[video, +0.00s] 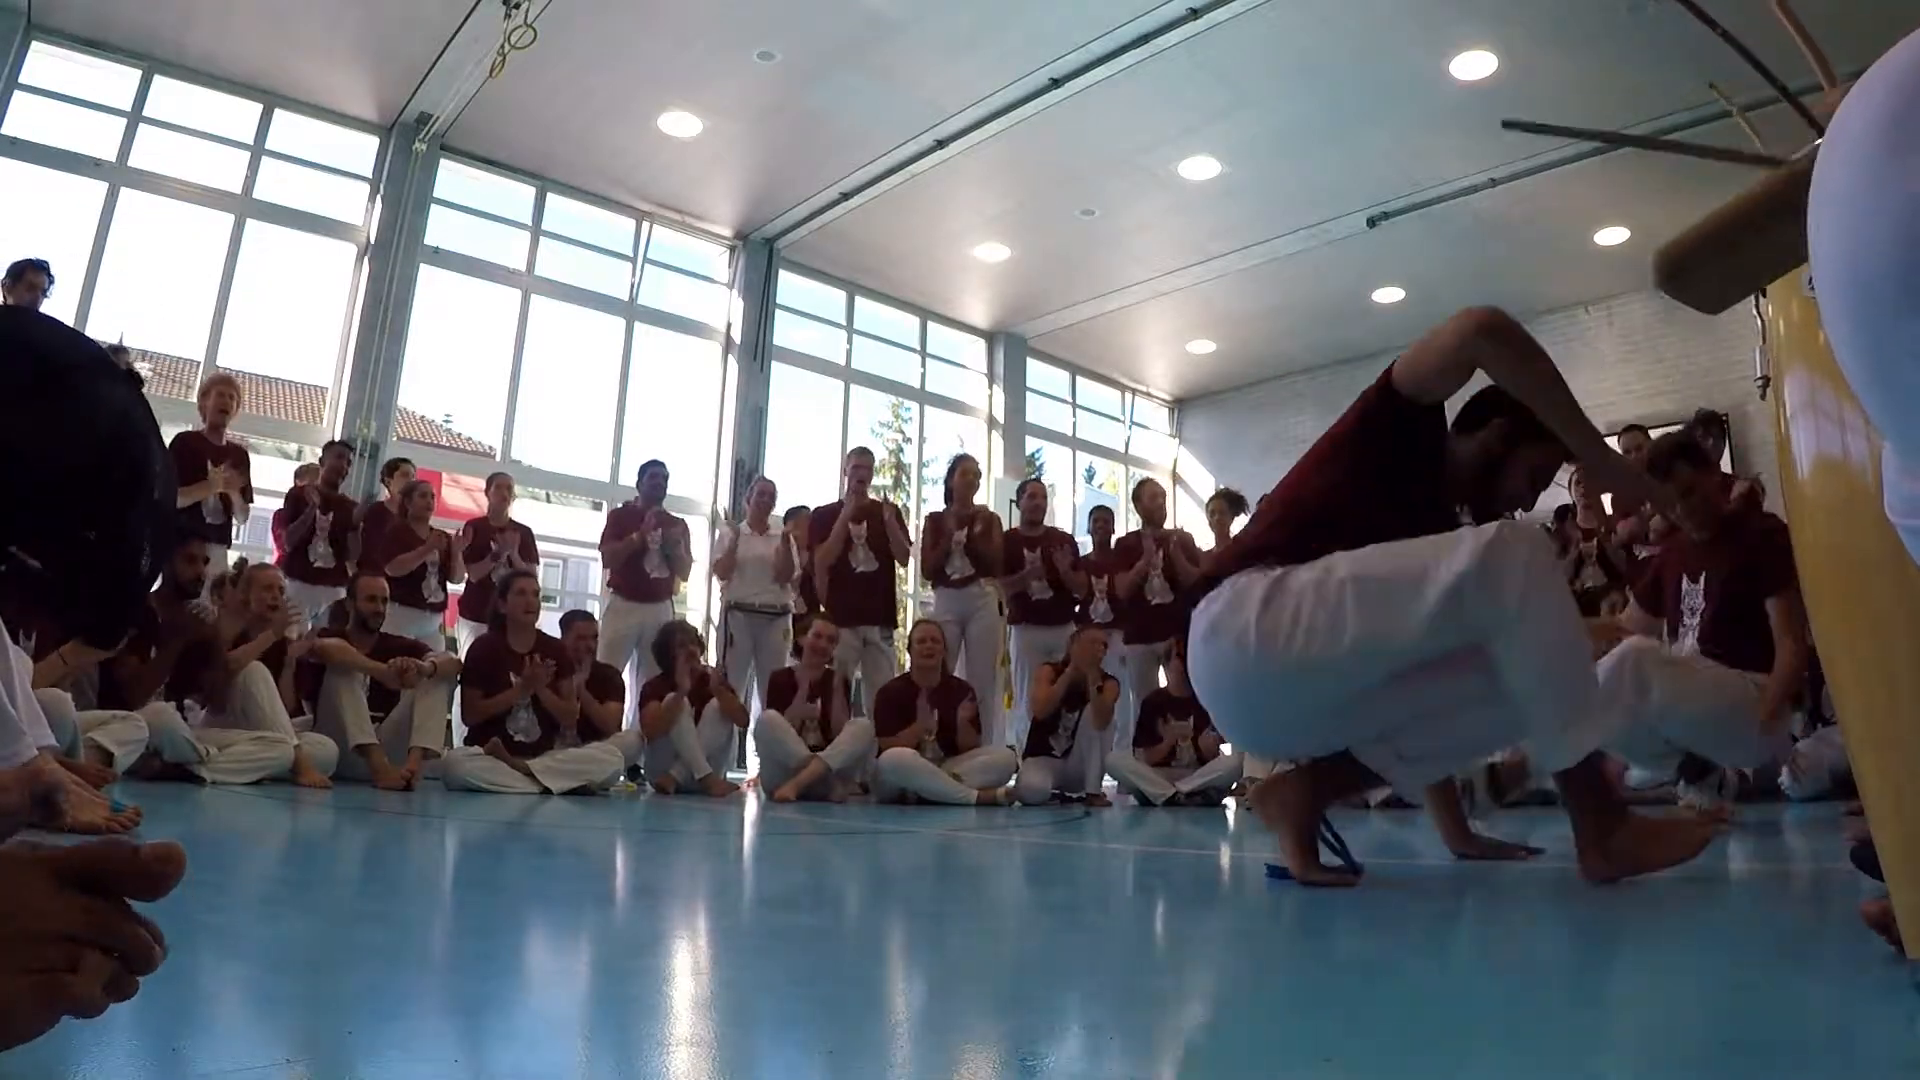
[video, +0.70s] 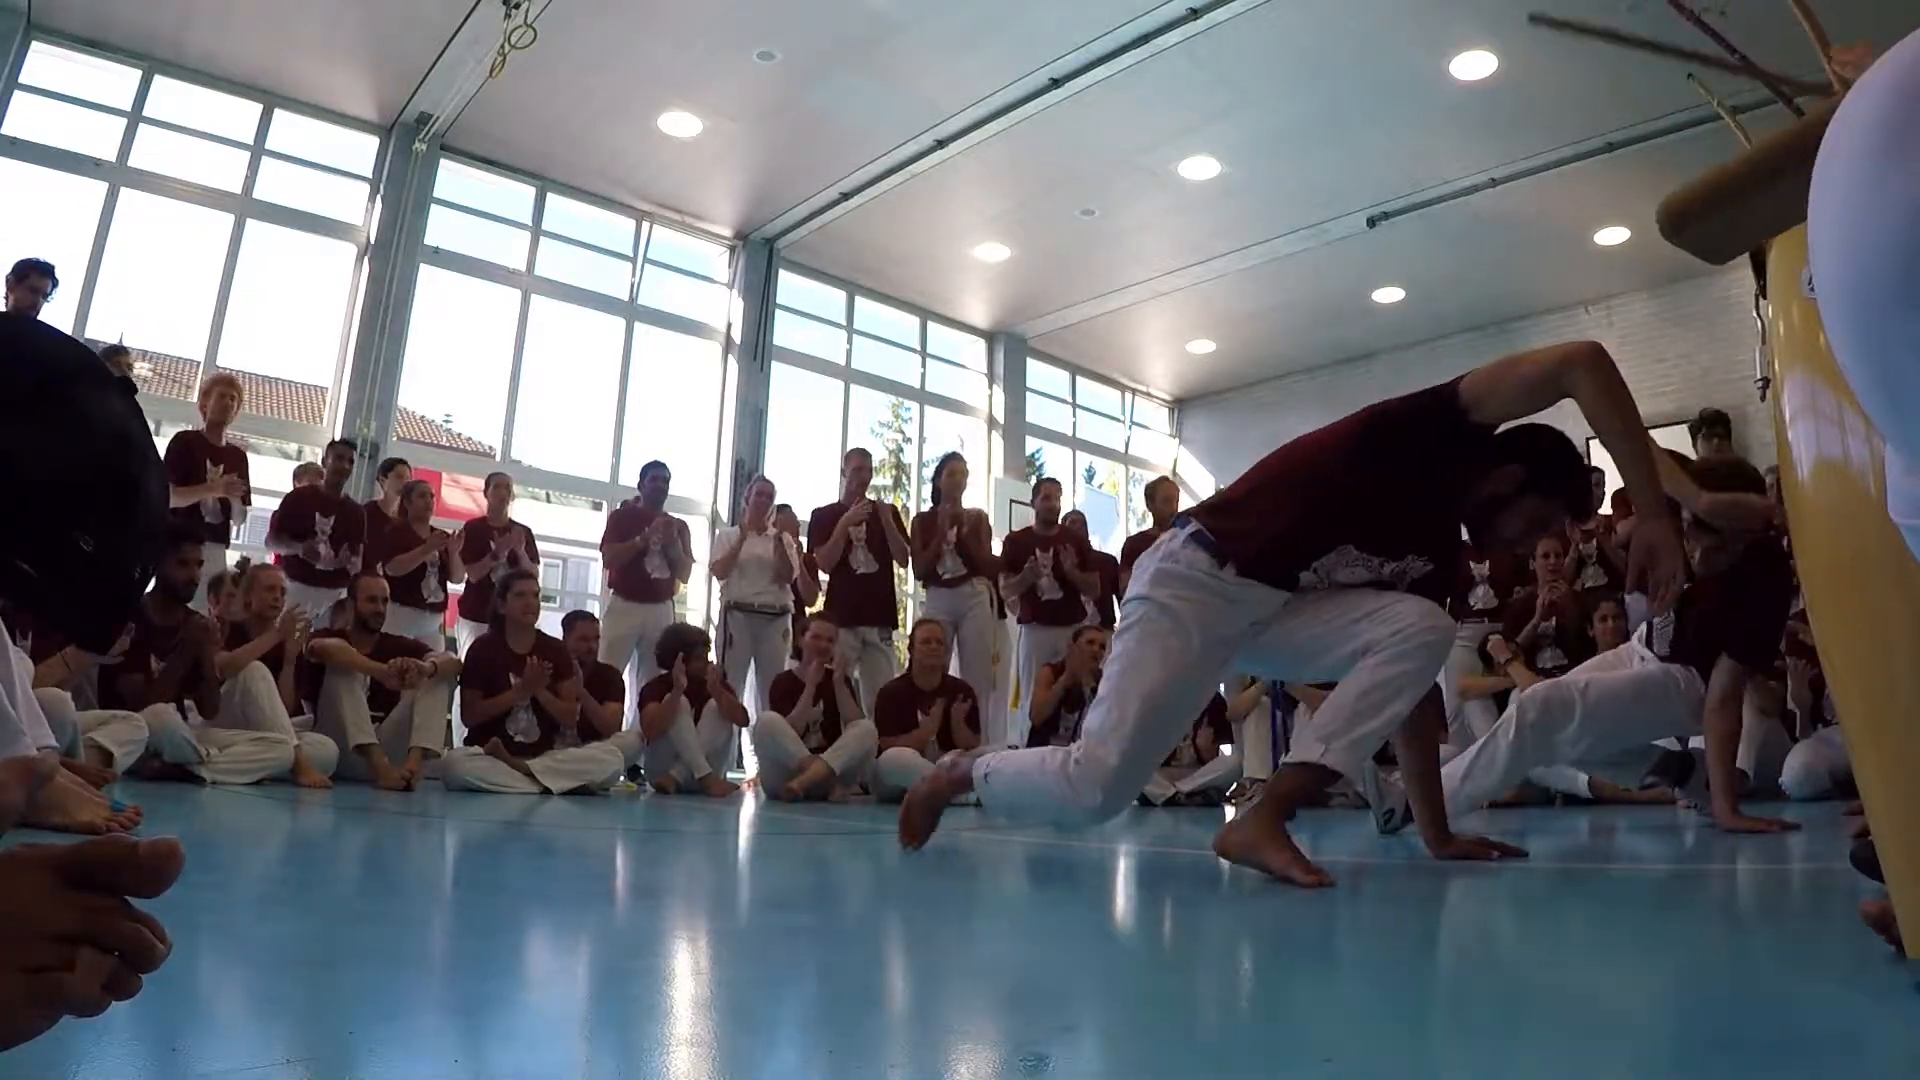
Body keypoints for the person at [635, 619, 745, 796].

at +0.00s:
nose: (690, 650)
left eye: (693, 643)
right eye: (682, 646)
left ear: (701, 647)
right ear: (669, 653)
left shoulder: (714, 680)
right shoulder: (654, 686)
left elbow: (743, 721)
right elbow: (650, 730)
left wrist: (718, 690)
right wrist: (680, 693)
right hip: (664, 771)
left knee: (719, 705)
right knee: (675, 701)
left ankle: (674, 776)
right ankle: (707, 777)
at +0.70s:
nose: (706, 662)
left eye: (707, 655)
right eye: (699, 657)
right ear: (679, 660)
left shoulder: (717, 682)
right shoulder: (655, 688)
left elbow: (743, 720)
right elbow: (650, 730)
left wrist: (717, 691)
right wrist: (676, 693)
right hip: (664, 771)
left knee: (717, 705)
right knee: (678, 702)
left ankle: (675, 776)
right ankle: (706, 776)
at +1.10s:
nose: (710, 658)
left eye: (709, 653)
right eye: (703, 655)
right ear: (684, 661)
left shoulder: (717, 682)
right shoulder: (655, 687)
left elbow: (743, 720)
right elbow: (652, 731)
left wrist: (717, 690)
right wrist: (682, 694)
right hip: (665, 771)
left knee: (719, 704)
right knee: (676, 701)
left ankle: (676, 776)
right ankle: (706, 777)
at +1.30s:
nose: (705, 655)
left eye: (706, 649)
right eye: (697, 650)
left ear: (709, 650)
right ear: (681, 654)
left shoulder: (717, 682)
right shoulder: (655, 686)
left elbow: (743, 720)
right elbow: (652, 730)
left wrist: (710, 686)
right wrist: (691, 693)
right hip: (665, 772)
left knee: (718, 704)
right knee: (677, 700)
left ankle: (676, 776)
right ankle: (706, 776)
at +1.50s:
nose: (702, 654)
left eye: (703, 647)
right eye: (693, 649)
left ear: (706, 649)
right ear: (675, 655)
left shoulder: (714, 680)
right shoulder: (655, 686)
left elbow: (743, 720)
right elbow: (652, 729)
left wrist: (719, 692)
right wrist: (677, 692)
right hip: (663, 772)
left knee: (719, 705)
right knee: (680, 702)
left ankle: (675, 776)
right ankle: (707, 777)